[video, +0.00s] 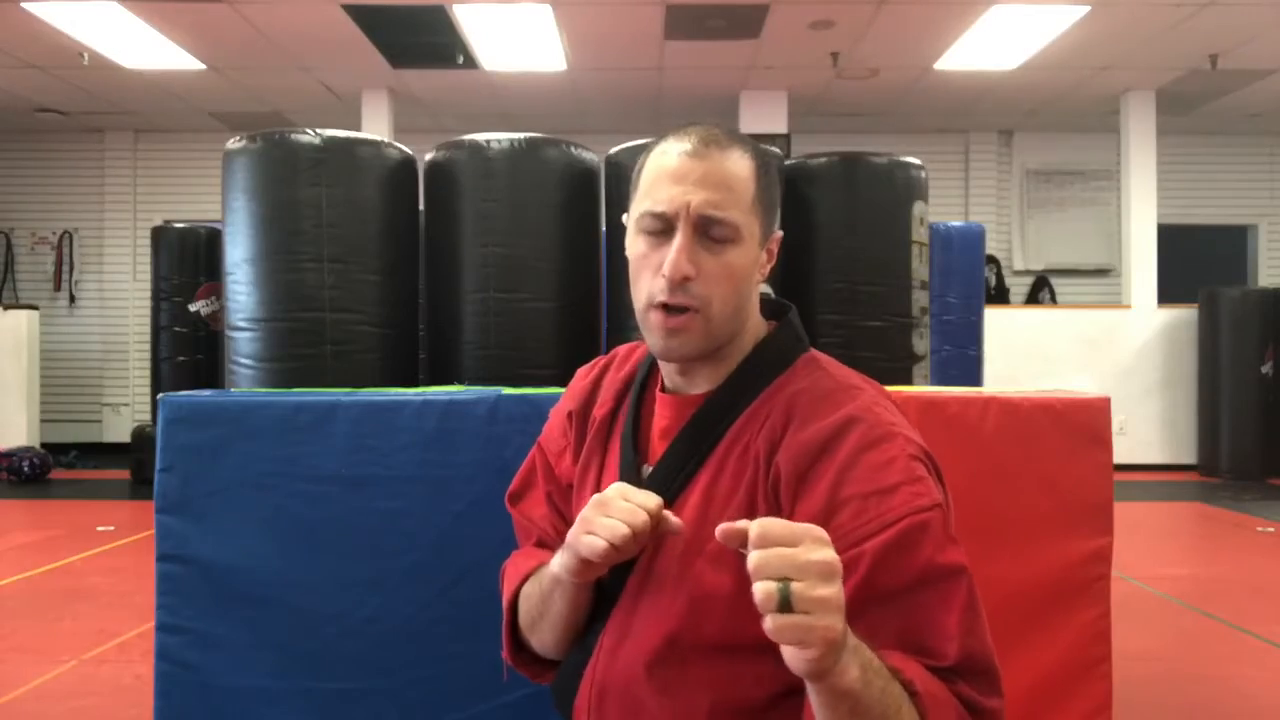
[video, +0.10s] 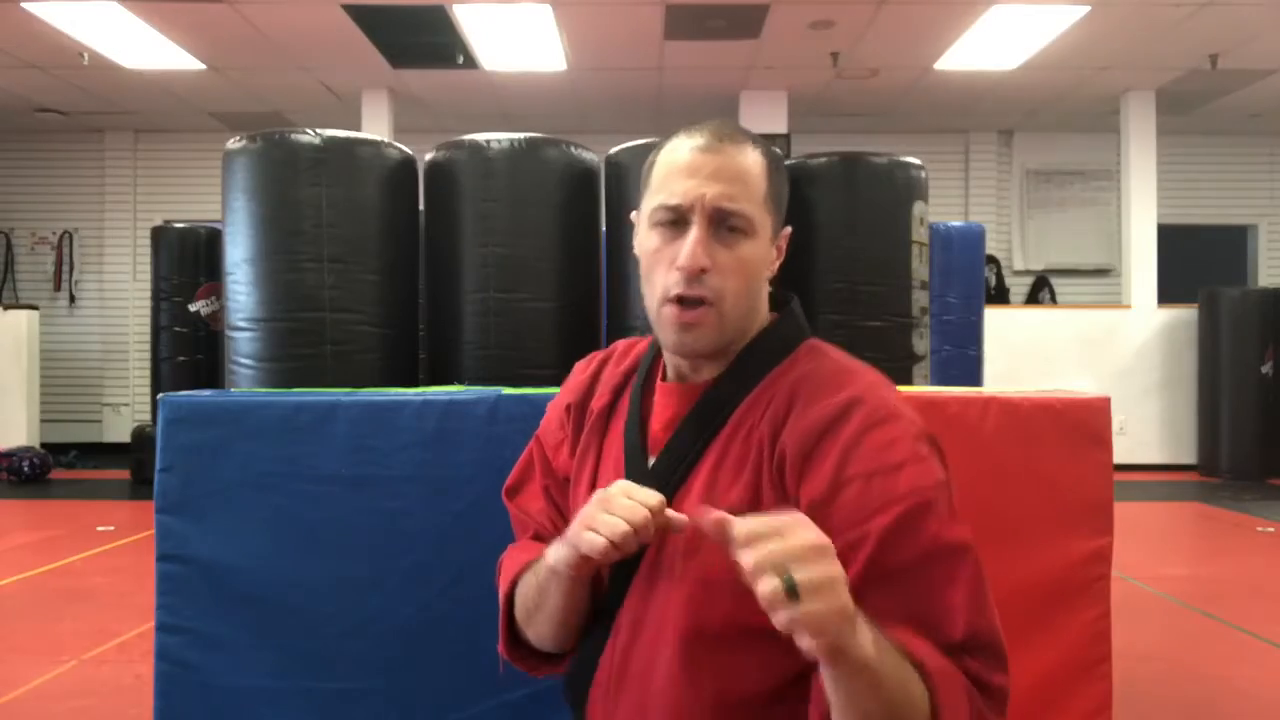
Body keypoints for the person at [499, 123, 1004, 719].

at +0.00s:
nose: (676, 267)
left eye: (715, 235)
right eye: (657, 229)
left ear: (766, 259)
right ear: (626, 240)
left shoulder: (852, 435)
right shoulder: (599, 392)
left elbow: (953, 702)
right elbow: (537, 641)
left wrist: (836, 663)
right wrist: (568, 569)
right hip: (595, 705)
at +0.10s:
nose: (692, 256)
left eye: (727, 228)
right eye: (671, 222)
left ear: (775, 253)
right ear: (636, 238)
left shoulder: (851, 419)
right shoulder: (598, 384)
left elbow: (958, 700)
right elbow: (537, 638)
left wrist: (847, 643)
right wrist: (566, 557)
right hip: (608, 704)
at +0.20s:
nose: (705, 246)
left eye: (736, 215)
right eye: (679, 215)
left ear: (782, 237)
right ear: (644, 237)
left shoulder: (867, 405)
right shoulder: (592, 379)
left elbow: (929, 701)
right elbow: (542, 636)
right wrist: (547, 564)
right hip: (627, 704)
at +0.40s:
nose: (638, 259)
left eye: (671, 227)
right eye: (608, 229)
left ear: (719, 246)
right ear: (569, 255)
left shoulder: (805, 407)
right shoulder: (586, 421)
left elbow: (892, 680)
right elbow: (569, 625)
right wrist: (553, 700)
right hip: (602, 704)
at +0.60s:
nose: (450, 282)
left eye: (483, 246)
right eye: (423, 253)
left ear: (550, 262)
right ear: (399, 280)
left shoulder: (644, 394)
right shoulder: (457, 459)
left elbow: (822, 621)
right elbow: (465, 669)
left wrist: (692, 671)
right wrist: (341, 700)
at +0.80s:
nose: (328, 188)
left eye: (358, 155)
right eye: (301, 162)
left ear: (426, 173)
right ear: (278, 197)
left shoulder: (547, 306)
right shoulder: (318, 371)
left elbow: (746, 483)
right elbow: (310, 594)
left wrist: (656, 697)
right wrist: (244, 703)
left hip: (631, 697)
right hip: (481, 702)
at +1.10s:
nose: (457, 26)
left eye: (489, 17)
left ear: (506, 60)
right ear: (358, 11)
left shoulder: (583, 230)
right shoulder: (231, 240)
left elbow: (685, 413)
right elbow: (235, 498)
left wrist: (696, 613)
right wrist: (265, 699)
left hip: (559, 676)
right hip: (353, 686)